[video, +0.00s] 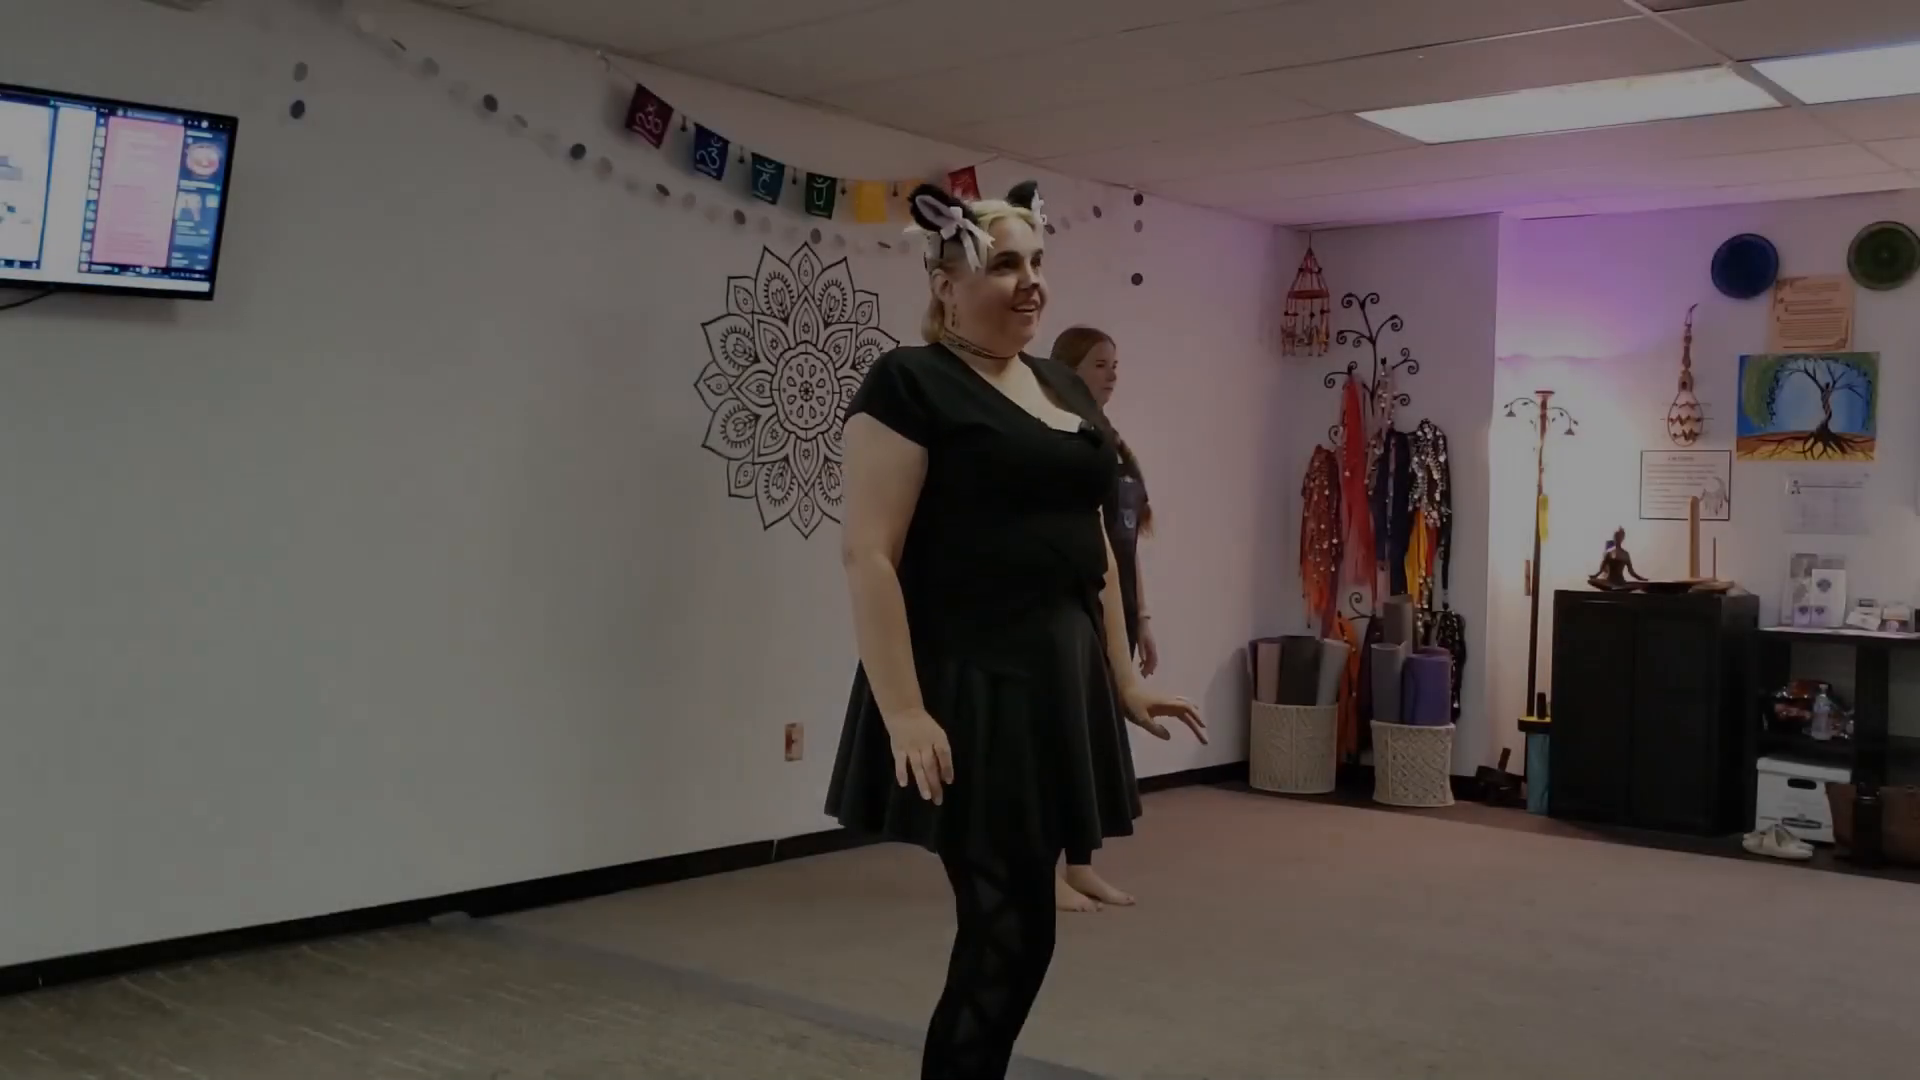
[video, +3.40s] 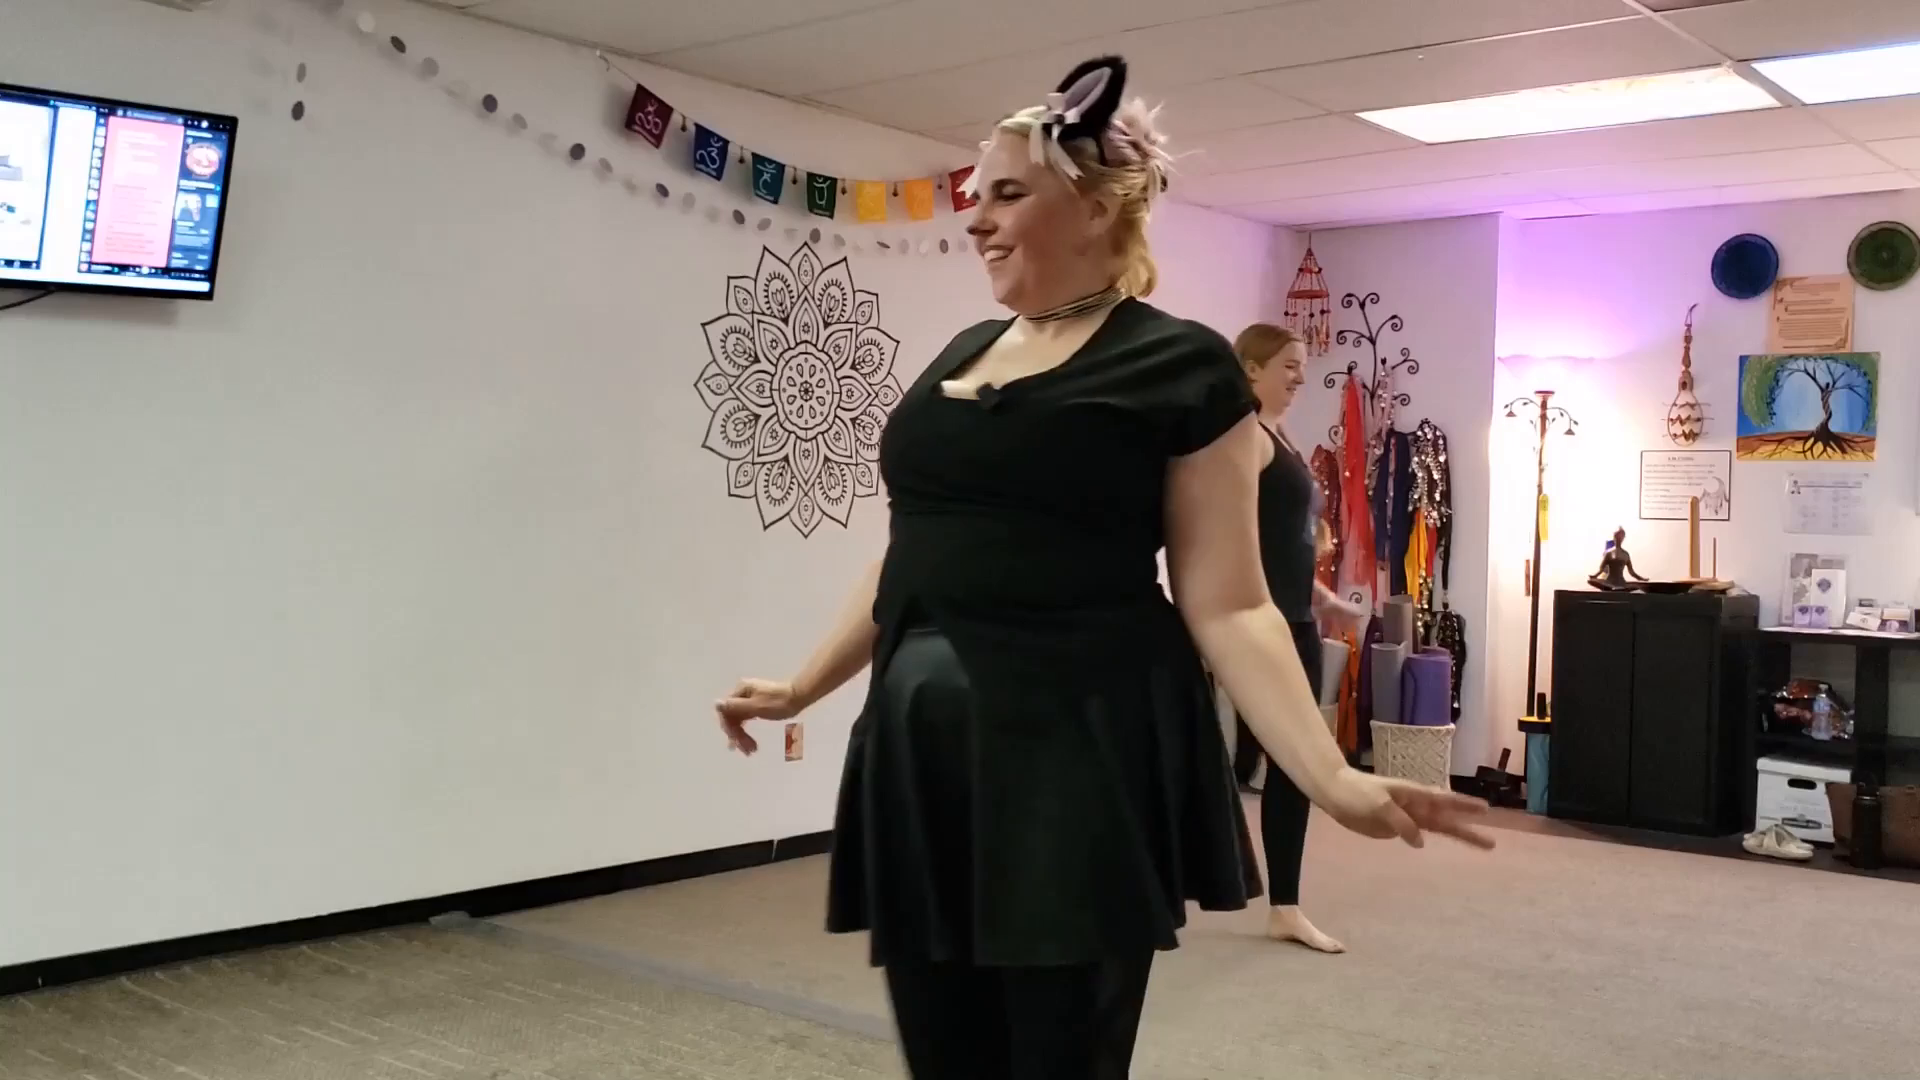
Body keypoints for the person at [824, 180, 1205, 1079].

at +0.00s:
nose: (1031, 282)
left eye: (1039, 264)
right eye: (1005, 265)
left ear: (1046, 277)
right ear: (947, 286)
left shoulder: (1056, 388)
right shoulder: (908, 383)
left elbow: (1093, 549)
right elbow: (868, 554)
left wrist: (1127, 683)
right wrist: (903, 712)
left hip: (1051, 688)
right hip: (960, 692)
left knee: (1004, 941)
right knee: (1011, 943)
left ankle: (964, 1068)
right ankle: (954, 1070)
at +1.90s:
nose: (1048, 282)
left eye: (1059, 265)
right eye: (1025, 264)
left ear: (1068, 271)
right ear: (967, 272)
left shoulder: (1075, 383)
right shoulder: (921, 375)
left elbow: (1116, 549)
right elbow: (846, 541)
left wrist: (1222, 635)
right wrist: (830, 698)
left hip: (1051, 666)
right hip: (942, 664)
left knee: (990, 918)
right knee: (1074, 898)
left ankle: (965, 1076)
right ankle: (1033, 1070)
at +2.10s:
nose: (1061, 276)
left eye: (1074, 258)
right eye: (1035, 259)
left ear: (1088, 275)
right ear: (989, 276)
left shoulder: (1109, 401)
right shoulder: (945, 376)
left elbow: (1157, 555)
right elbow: (854, 534)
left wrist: (1310, 548)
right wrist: (778, 678)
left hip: (1071, 678)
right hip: (960, 680)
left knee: (999, 932)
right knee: (1061, 940)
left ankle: (972, 1074)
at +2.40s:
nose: (1079, 266)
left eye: (1096, 247)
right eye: (1054, 253)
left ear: (1127, 268)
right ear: (1023, 284)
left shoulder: (1181, 398)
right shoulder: (982, 389)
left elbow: (1258, 547)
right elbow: (879, 552)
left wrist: (1384, 456)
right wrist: (772, 681)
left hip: (1136, 715)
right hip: (998, 709)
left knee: (1101, 966)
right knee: (1070, 977)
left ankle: (1016, 1065)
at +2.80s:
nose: (1081, 243)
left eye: (1108, 227)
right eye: (1061, 225)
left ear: (1150, 253)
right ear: (1037, 249)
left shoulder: (1214, 364)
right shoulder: (983, 377)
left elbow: (1299, 534)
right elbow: (894, 550)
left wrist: (1424, 547)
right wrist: (766, 637)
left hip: (1180, 718)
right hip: (1024, 721)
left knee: (1168, 996)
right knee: (1073, 1008)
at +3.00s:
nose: (1054, 222)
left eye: (1086, 201)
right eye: (1042, 206)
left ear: (1148, 224)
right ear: (1029, 234)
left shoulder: (1219, 369)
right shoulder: (989, 367)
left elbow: (1286, 569)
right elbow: (918, 551)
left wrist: (1374, 699)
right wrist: (803, 641)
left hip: (1164, 749)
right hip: (1010, 748)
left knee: (1103, 1047)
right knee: (1061, 1041)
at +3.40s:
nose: (979, 217)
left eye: (1008, 192)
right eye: (975, 199)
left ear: (1102, 200)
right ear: (973, 216)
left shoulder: (1181, 365)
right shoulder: (962, 356)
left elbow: (1233, 605)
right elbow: (912, 561)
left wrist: (1335, 783)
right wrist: (804, 685)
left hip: (1082, 771)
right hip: (921, 764)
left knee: (1061, 1057)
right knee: (944, 1056)